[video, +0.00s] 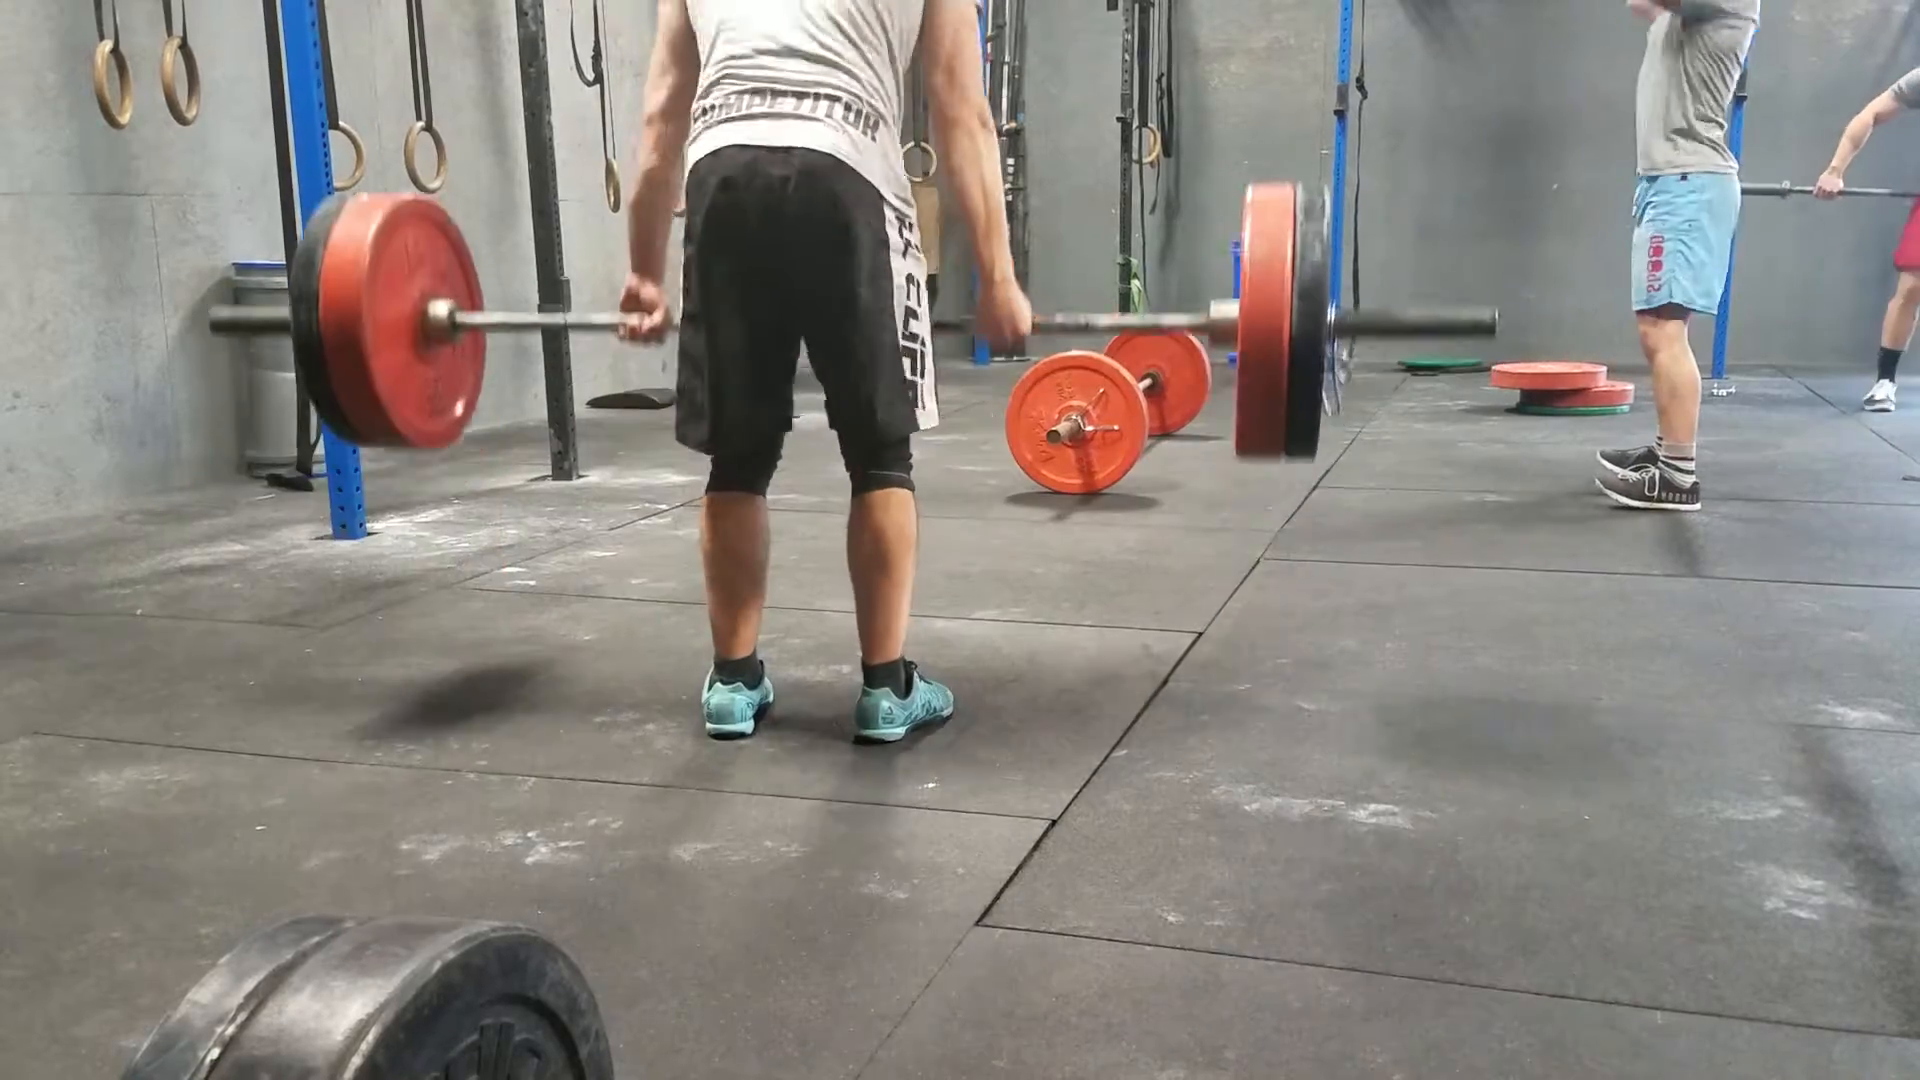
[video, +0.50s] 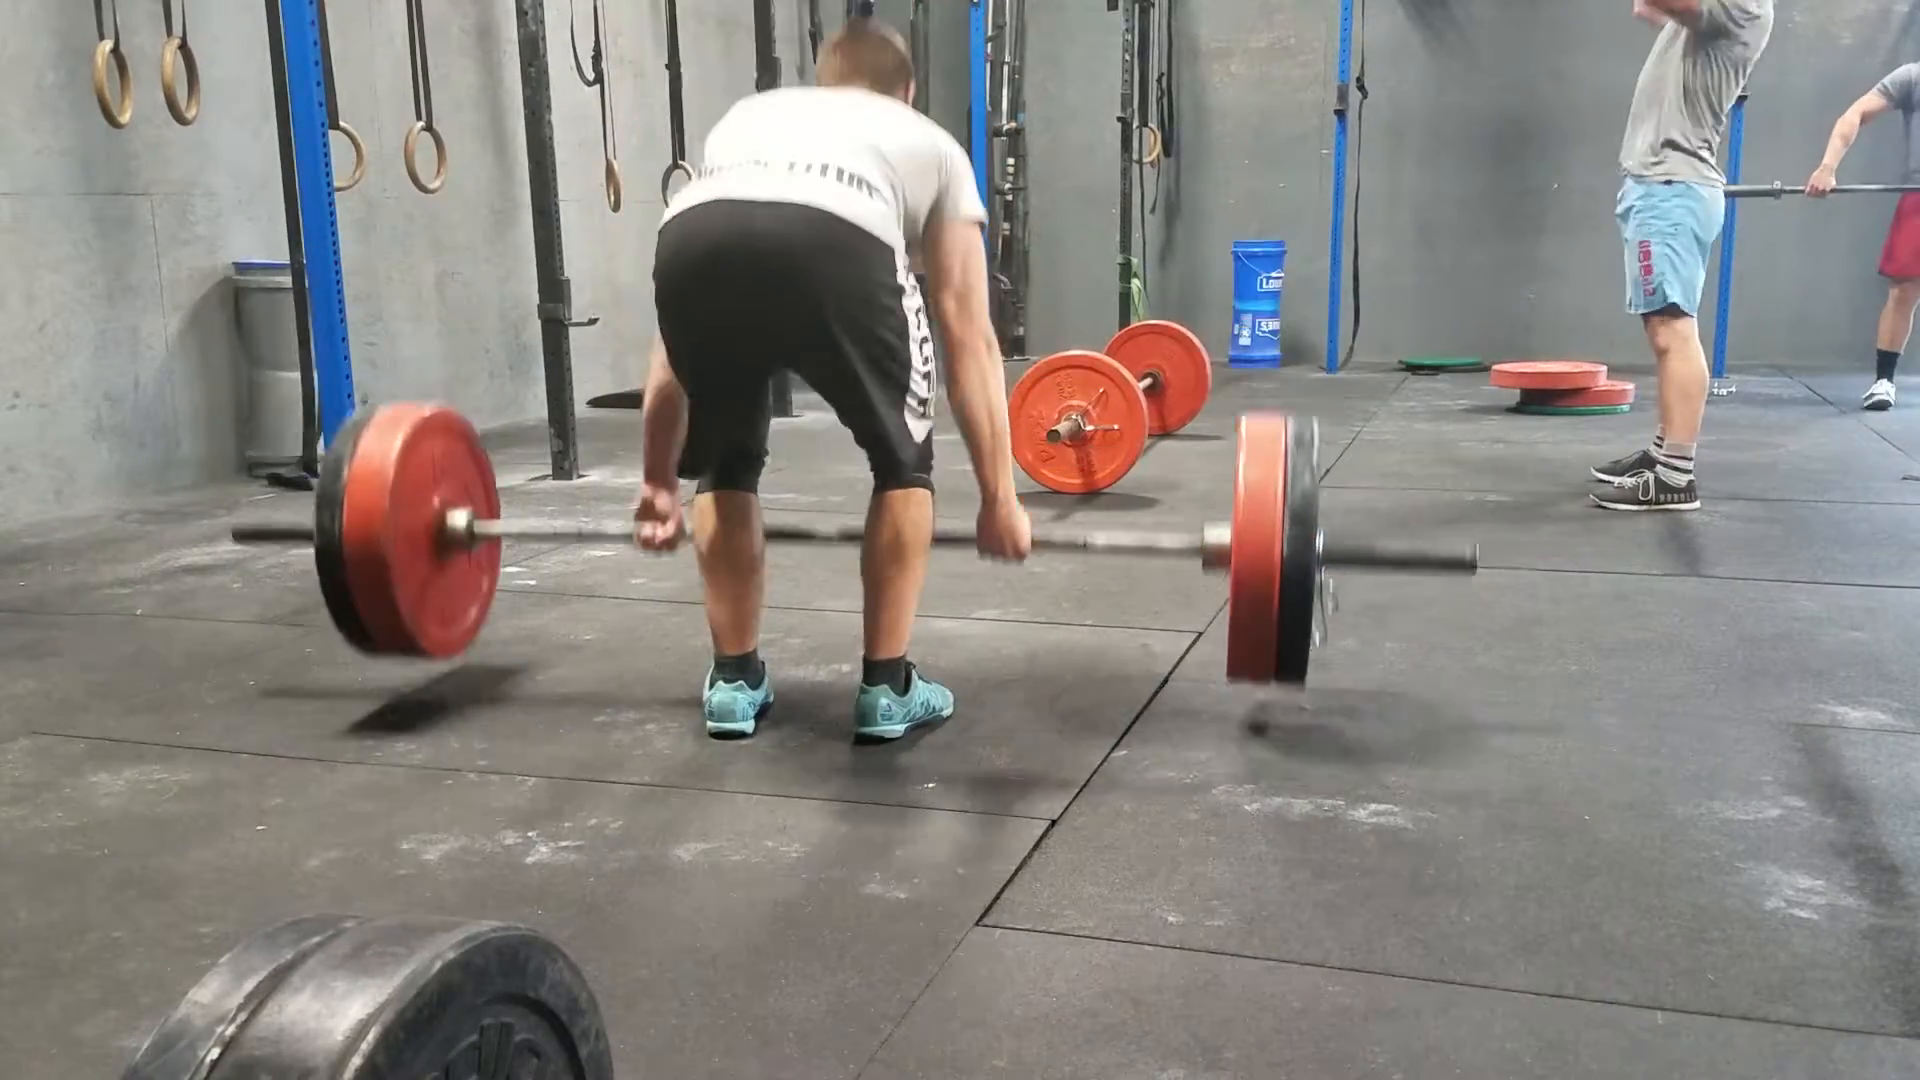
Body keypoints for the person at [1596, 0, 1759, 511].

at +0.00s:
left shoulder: (1723, 9)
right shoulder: (1686, 15)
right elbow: (1642, 7)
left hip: (1689, 184)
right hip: (1672, 182)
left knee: (1663, 331)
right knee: (1661, 331)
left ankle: (1678, 472)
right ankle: (1668, 458)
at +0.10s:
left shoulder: (1733, 6)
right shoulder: (1705, 9)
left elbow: (1623, 27)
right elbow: (1625, 38)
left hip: (1692, 181)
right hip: (1672, 178)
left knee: (1650, 330)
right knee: (1651, 330)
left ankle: (1675, 472)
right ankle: (1666, 457)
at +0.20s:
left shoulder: (1722, 29)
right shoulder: (1692, 22)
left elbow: (1629, 85)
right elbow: (1630, 85)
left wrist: (1649, 20)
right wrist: (1651, 23)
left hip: (1692, 189)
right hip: (1670, 185)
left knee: (1639, 334)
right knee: (1637, 333)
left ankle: (1672, 473)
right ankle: (1660, 457)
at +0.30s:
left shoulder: (1729, 21)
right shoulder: (1697, 19)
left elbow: (1641, 89)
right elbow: (1639, 88)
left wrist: (1649, 19)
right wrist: (1647, 22)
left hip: (1688, 186)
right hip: (1669, 183)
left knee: (1646, 330)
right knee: (1644, 330)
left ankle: (1672, 473)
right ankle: (1663, 458)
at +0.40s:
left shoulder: (1743, 8)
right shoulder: (1711, 8)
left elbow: (1642, 37)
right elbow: (1635, 49)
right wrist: (1644, 4)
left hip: (1684, 180)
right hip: (1663, 177)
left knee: (1669, 330)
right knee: (1664, 329)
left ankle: (1676, 473)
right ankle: (1665, 456)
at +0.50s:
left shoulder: (1741, 10)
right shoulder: (1718, 15)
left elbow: (1653, 2)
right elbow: (1644, 9)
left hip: (1675, 187)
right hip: (1659, 185)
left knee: (1674, 333)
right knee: (1667, 333)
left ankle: (1676, 472)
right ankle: (1665, 456)